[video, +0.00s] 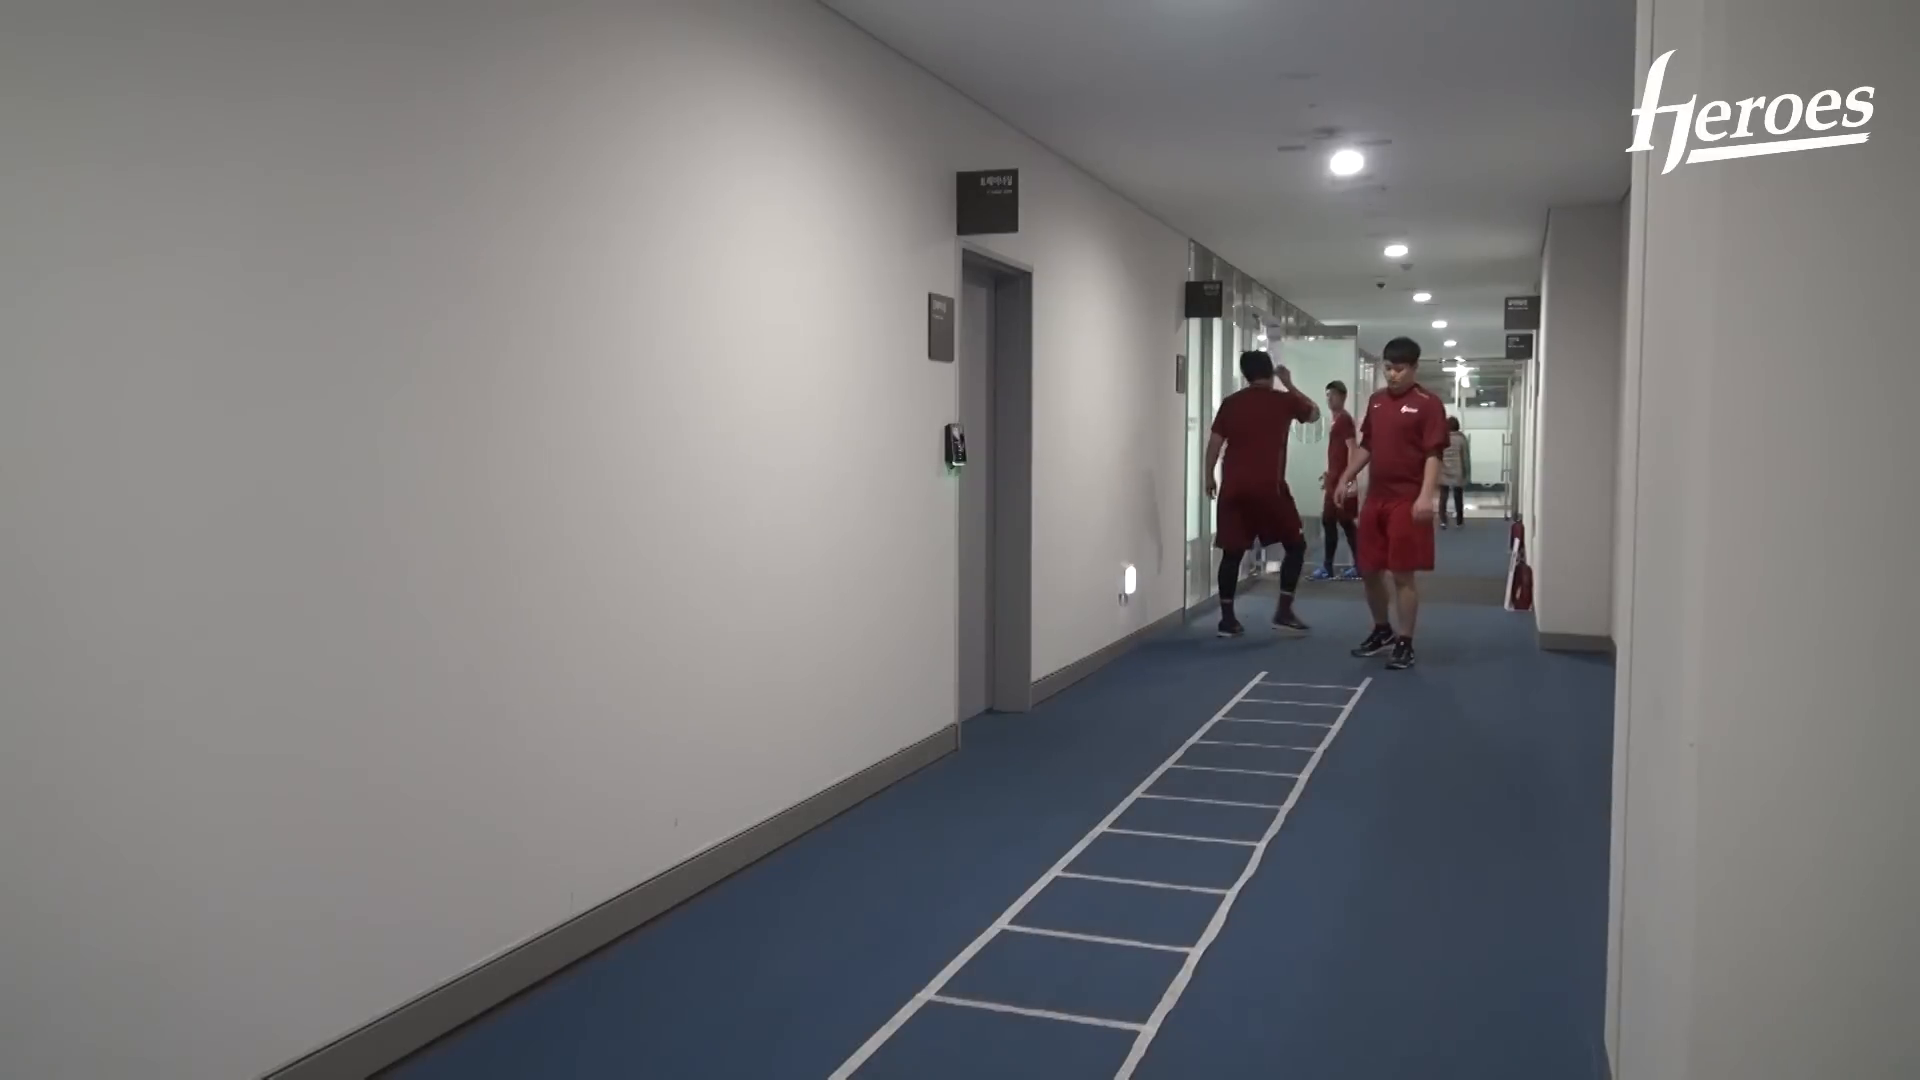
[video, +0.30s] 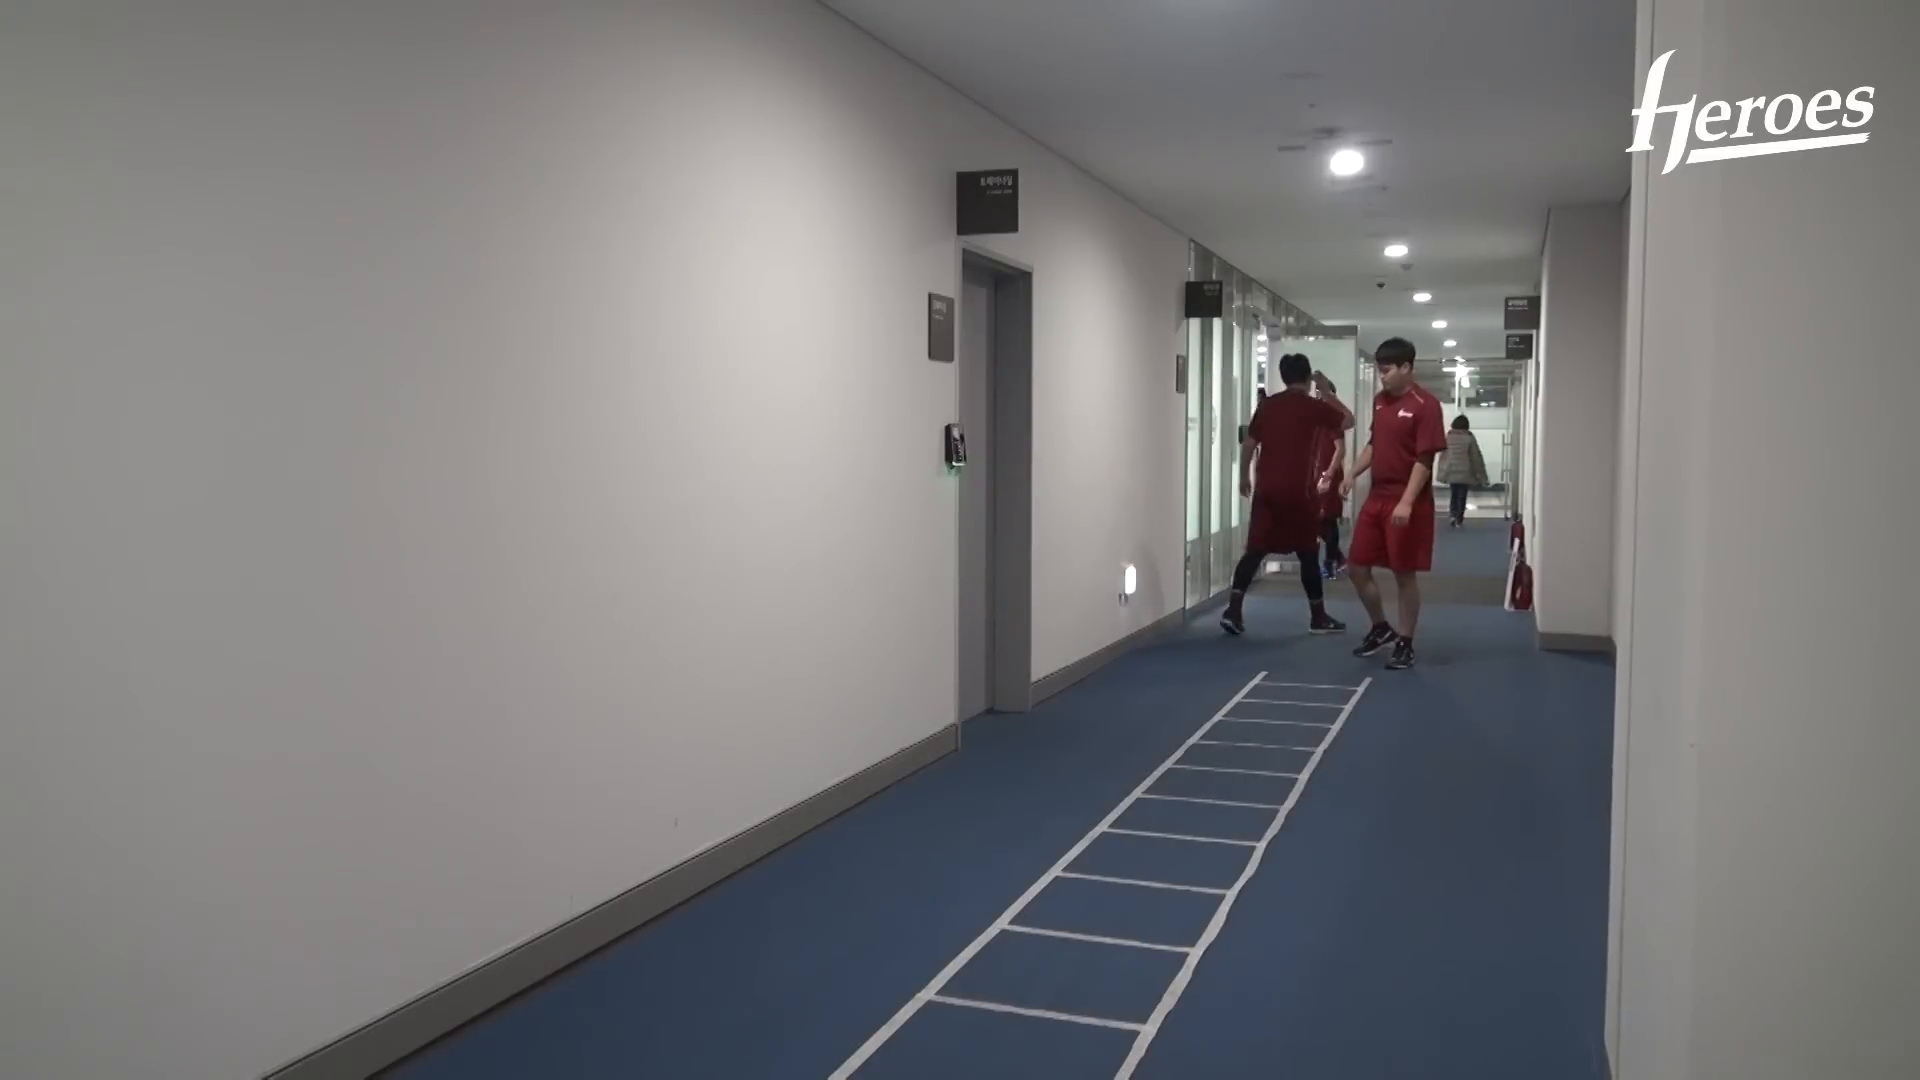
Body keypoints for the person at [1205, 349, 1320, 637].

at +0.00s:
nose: (1270, 377)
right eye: (1270, 372)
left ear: (1245, 375)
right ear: (1272, 373)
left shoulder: (1231, 402)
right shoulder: (1283, 400)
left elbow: (1215, 443)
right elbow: (1313, 413)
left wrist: (1208, 476)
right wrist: (1290, 385)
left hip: (1233, 489)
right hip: (1270, 488)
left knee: (1232, 553)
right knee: (1295, 545)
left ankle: (1227, 618)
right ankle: (1284, 611)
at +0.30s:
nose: (1308, 380)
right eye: (1308, 376)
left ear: (1282, 377)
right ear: (1308, 377)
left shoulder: (1267, 405)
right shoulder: (1315, 407)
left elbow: (1249, 444)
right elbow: (1348, 420)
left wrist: (1244, 478)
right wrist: (1329, 393)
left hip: (1266, 489)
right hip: (1300, 491)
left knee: (1254, 552)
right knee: (1308, 555)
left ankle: (1233, 610)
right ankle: (1318, 616)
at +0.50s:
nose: (1332, 377)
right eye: (1331, 373)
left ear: (1305, 374)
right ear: (1330, 374)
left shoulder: (1289, 401)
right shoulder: (1335, 402)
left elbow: (1271, 441)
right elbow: (1368, 415)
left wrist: (1266, 477)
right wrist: (1349, 387)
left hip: (1288, 482)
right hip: (1320, 484)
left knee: (1291, 541)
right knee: (1319, 548)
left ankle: (1266, 587)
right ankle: (1319, 615)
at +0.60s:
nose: (1341, 378)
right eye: (1340, 374)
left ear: (1314, 374)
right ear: (1338, 375)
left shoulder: (1296, 402)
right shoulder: (1342, 402)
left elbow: (1280, 442)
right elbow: (1373, 413)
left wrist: (1274, 477)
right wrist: (1356, 387)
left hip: (1296, 481)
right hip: (1325, 483)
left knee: (1303, 541)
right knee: (1323, 547)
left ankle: (1288, 597)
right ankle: (1319, 615)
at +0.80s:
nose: (1358, 382)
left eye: (1355, 376)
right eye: (1356, 377)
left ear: (1329, 377)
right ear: (1353, 377)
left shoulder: (1312, 404)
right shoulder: (1357, 407)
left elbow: (1295, 445)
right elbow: (1365, 448)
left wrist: (1288, 480)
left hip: (1310, 485)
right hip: (1340, 486)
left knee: (1324, 549)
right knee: (1329, 551)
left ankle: (1337, 605)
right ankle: (1320, 614)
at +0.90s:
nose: (1362, 377)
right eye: (1359, 372)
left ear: (1334, 378)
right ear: (1356, 374)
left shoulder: (1318, 407)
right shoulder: (1365, 402)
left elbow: (1304, 447)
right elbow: (1368, 448)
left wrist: (1298, 483)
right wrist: (1371, 482)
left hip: (1319, 485)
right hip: (1349, 485)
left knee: (1335, 547)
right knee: (1338, 548)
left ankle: (1343, 605)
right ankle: (1322, 611)